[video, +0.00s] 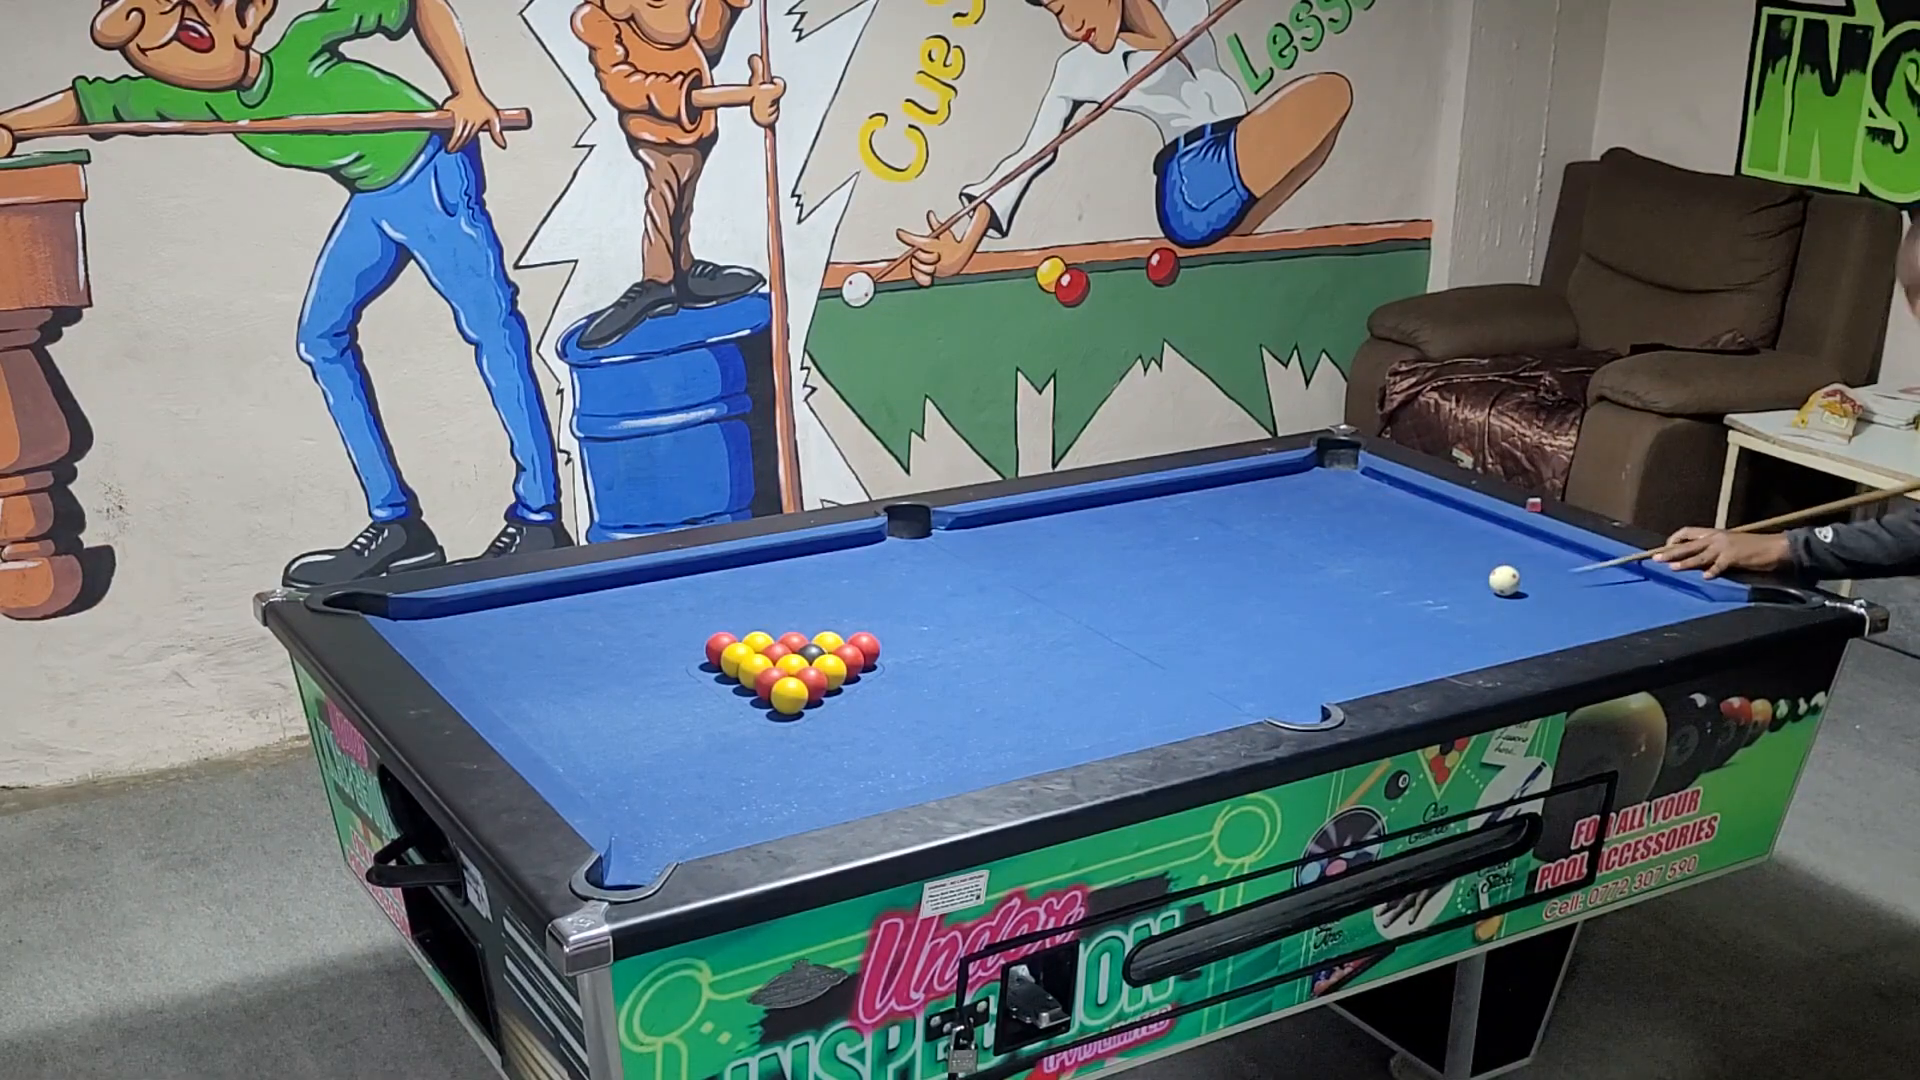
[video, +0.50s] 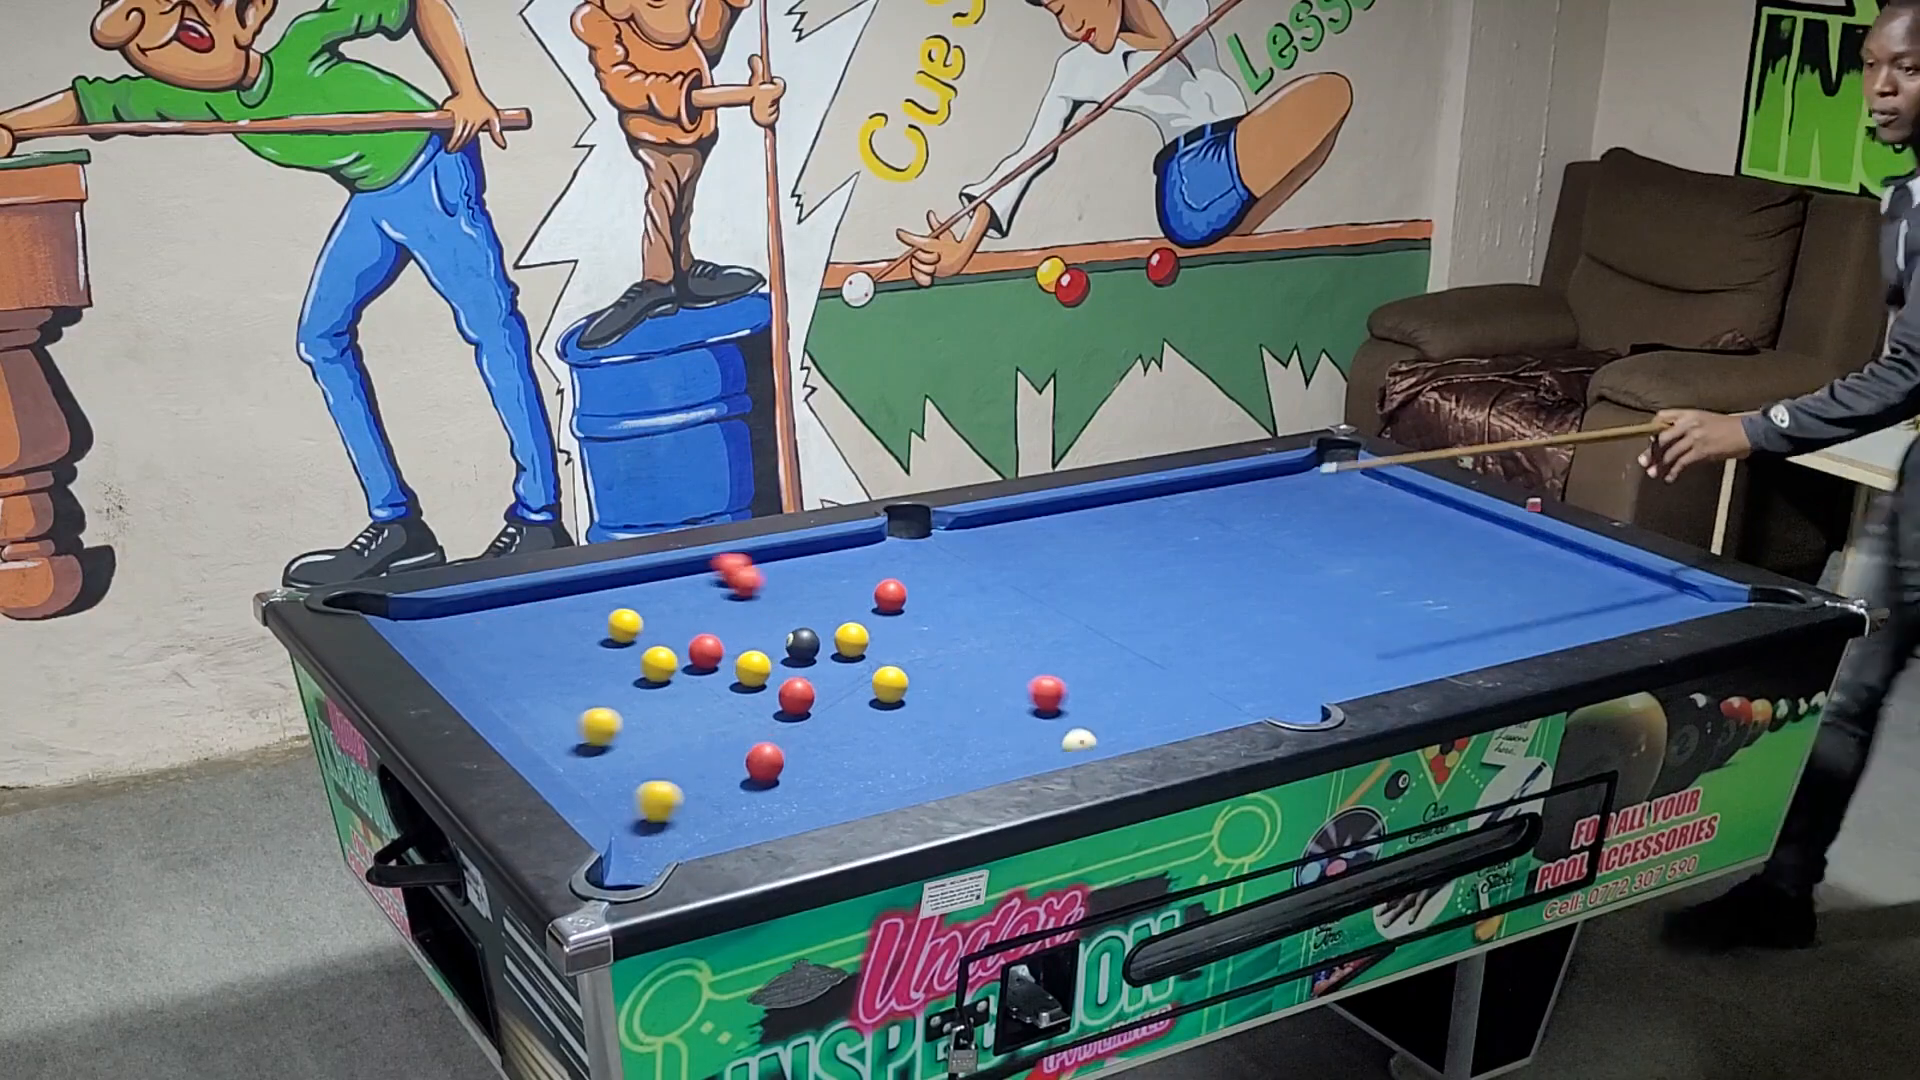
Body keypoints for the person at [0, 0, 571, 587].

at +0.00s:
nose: (208, 55)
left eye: (201, 40)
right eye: (191, 54)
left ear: (223, 21)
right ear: (182, 75)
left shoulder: (300, 37)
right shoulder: (213, 99)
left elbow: (418, 4)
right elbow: (89, 100)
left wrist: (467, 87)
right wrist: (9, 124)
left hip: (426, 166)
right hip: (369, 199)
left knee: (493, 331)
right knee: (322, 338)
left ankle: (540, 517)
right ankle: (397, 523)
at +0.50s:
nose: (207, 57)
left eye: (200, 42)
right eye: (191, 56)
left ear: (228, 22)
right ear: (185, 74)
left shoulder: (300, 37)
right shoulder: (213, 98)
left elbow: (419, 4)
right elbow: (90, 101)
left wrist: (467, 87)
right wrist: (9, 124)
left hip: (426, 165)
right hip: (369, 199)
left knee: (492, 329)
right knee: (322, 337)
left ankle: (540, 516)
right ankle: (397, 522)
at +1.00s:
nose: (208, 58)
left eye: (201, 42)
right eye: (191, 58)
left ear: (228, 22)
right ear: (185, 75)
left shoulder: (300, 37)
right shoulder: (213, 98)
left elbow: (419, 4)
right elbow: (90, 101)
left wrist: (467, 87)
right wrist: (9, 124)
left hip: (426, 165)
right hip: (369, 199)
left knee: (492, 328)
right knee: (322, 337)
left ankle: (541, 516)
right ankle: (397, 522)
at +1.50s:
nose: (208, 58)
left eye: (201, 43)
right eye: (191, 58)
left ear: (228, 22)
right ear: (185, 74)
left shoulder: (301, 37)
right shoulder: (213, 98)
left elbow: (419, 4)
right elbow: (90, 101)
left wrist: (467, 87)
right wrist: (9, 124)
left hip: (426, 165)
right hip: (369, 198)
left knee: (492, 329)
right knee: (322, 337)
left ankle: (541, 516)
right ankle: (397, 522)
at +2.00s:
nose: (207, 60)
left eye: (200, 44)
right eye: (190, 59)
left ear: (228, 23)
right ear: (184, 74)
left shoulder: (300, 37)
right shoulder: (212, 98)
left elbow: (418, 4)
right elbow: (90, 101)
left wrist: (467, 87)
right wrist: (9, 124)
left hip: (426, 165)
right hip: (369, 199)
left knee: (492, 329)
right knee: (322, 337)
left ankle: (541, 516)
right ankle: (397, 522)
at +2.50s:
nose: (208, 60)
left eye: (201, 44)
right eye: (190, 60)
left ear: (228, 24)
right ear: (185, 74)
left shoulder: (300, 37)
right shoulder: (211, 97)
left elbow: (418, 4)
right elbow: (90, 101)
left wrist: (467, 87)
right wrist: (9, 124)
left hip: (426, 165)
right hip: (369, 199)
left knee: (492, 329)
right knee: (322, 337)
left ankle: (541, 517)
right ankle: (397, 522)